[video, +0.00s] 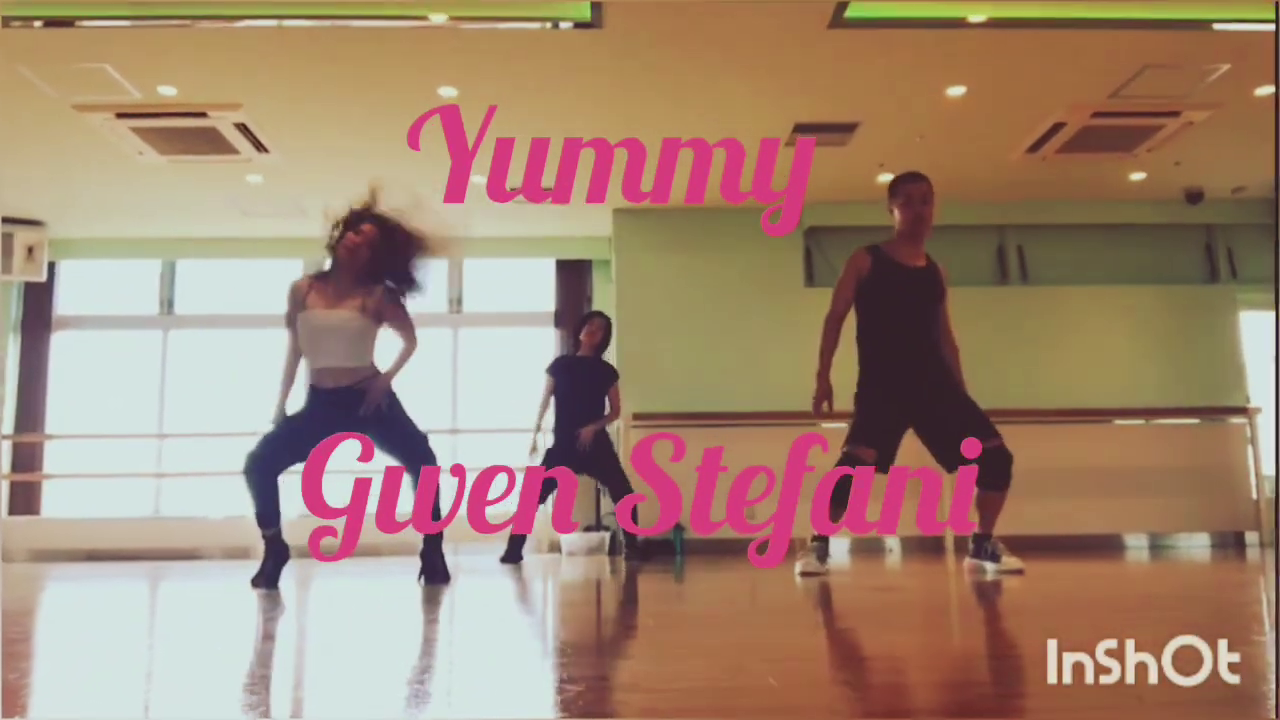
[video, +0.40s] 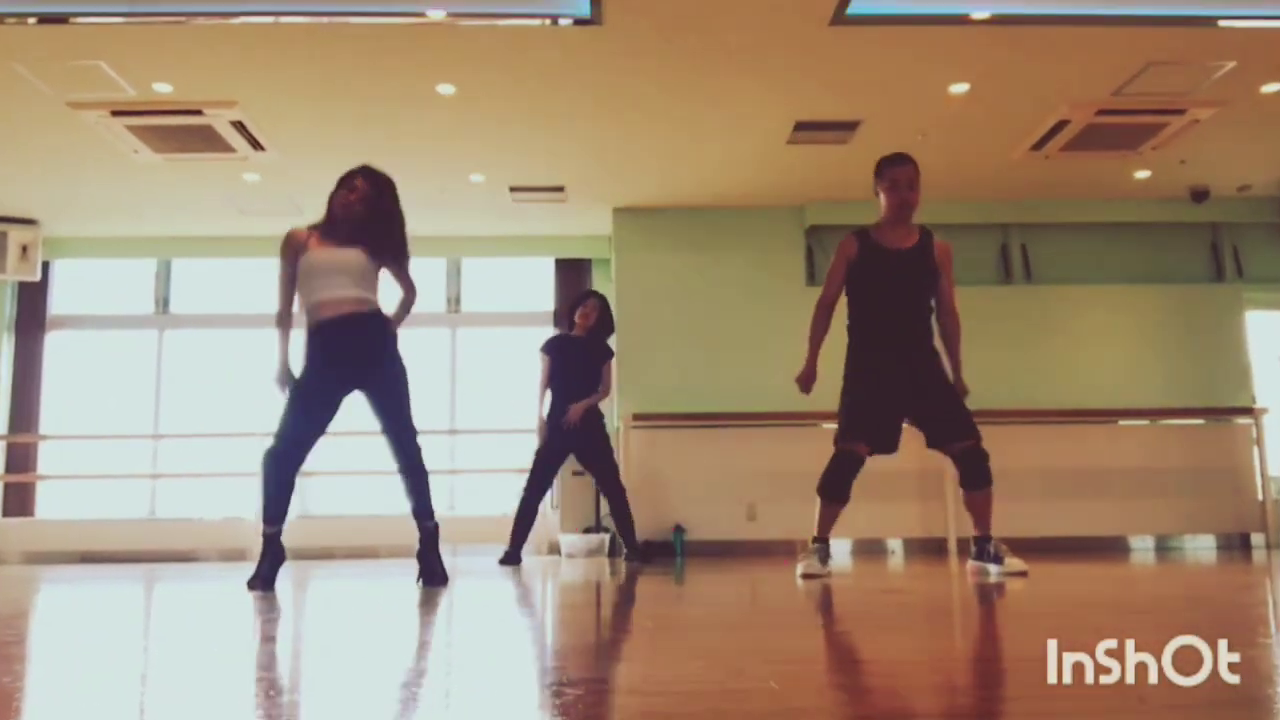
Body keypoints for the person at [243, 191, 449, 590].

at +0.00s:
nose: (352, 238)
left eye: (363, 237)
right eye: (352, 231)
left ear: (375, 256)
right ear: (339, 237)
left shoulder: (378, 296)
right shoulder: (303, 290)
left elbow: (410, 342)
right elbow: (294, 349)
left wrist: (385, 379)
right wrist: (282, 403)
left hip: (370, 404)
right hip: (321, 407)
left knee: (423, 460)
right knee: (259, 465)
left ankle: (433, 550)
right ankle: (274, 548)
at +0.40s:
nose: (349, 197)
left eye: (361, 196)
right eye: (347, 188)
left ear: (373, 210)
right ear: (334, 193)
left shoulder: (376, 244)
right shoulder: (299, 240)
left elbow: (409, 292)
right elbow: (285, 308)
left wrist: (390, 328)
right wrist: (284, 364)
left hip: (375, 347)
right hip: (325, 352)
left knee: (406, 449)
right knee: (281, 456)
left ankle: (429, 545)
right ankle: (271, 548)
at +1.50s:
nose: (339, 209)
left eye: (350, 203)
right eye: (334, 199)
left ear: (364, 212)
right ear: (323, 204)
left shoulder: (380, 255)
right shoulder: (304, 256)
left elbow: (395, 313)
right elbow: (303, 314)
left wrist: (398, 363)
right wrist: (305, 358)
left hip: (354, 360)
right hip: (308, 358)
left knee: (387, 453)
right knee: (260, 447)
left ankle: (428, 543)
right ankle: (272, 543)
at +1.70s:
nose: (335, 235)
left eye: (346, 231)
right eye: (330, 226)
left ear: (359, 243)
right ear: (317, 233)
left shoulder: (368, 289)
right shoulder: (298, 287)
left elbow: (398, 343)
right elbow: (294, 341)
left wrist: (410, 398)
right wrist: (300, 374)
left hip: (376, 395)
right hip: (330, 402)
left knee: (390, 469)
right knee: (258, 462)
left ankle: (434, 543)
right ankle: (277, 546)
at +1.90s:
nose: (358, 229)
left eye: (365, 221)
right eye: (352, 219)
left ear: (370, 226)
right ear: (333, 218)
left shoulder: (367, 264)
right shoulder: (302, 259)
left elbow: (392, 305)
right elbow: (258, 291)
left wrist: (426, 318)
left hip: (368, 369)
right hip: (325, 370)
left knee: (403, 454)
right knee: (314, 463)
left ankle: (438, 543)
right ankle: (275, 550)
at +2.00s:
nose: (366, 211)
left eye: (367, 203)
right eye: (359, 202)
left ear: (358, 208)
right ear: (338, 202)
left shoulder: (354, 239)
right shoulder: (313, 233)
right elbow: (320, 264)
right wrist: (342, 243)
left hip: (359, 358)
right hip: (325, 359)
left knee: (411, 443)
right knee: (328, 468)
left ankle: (430, 535)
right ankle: (267, 547)